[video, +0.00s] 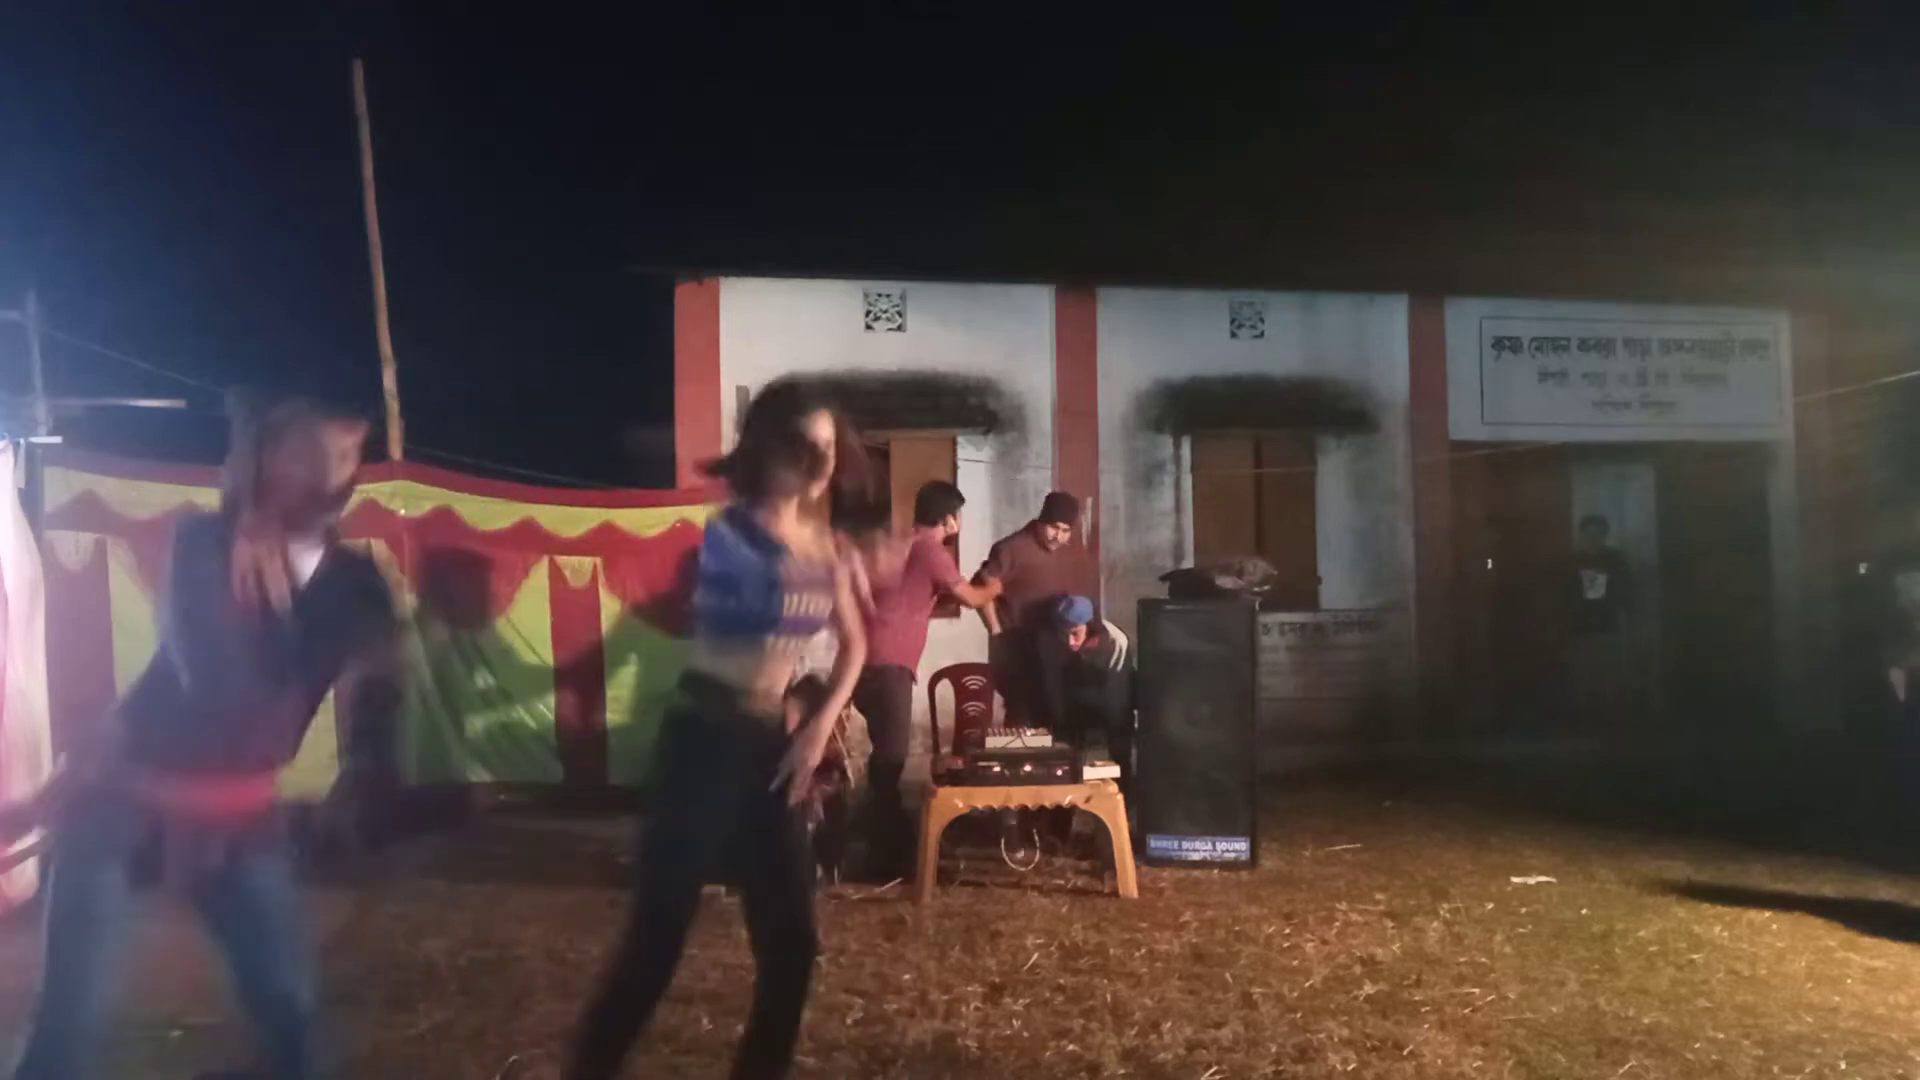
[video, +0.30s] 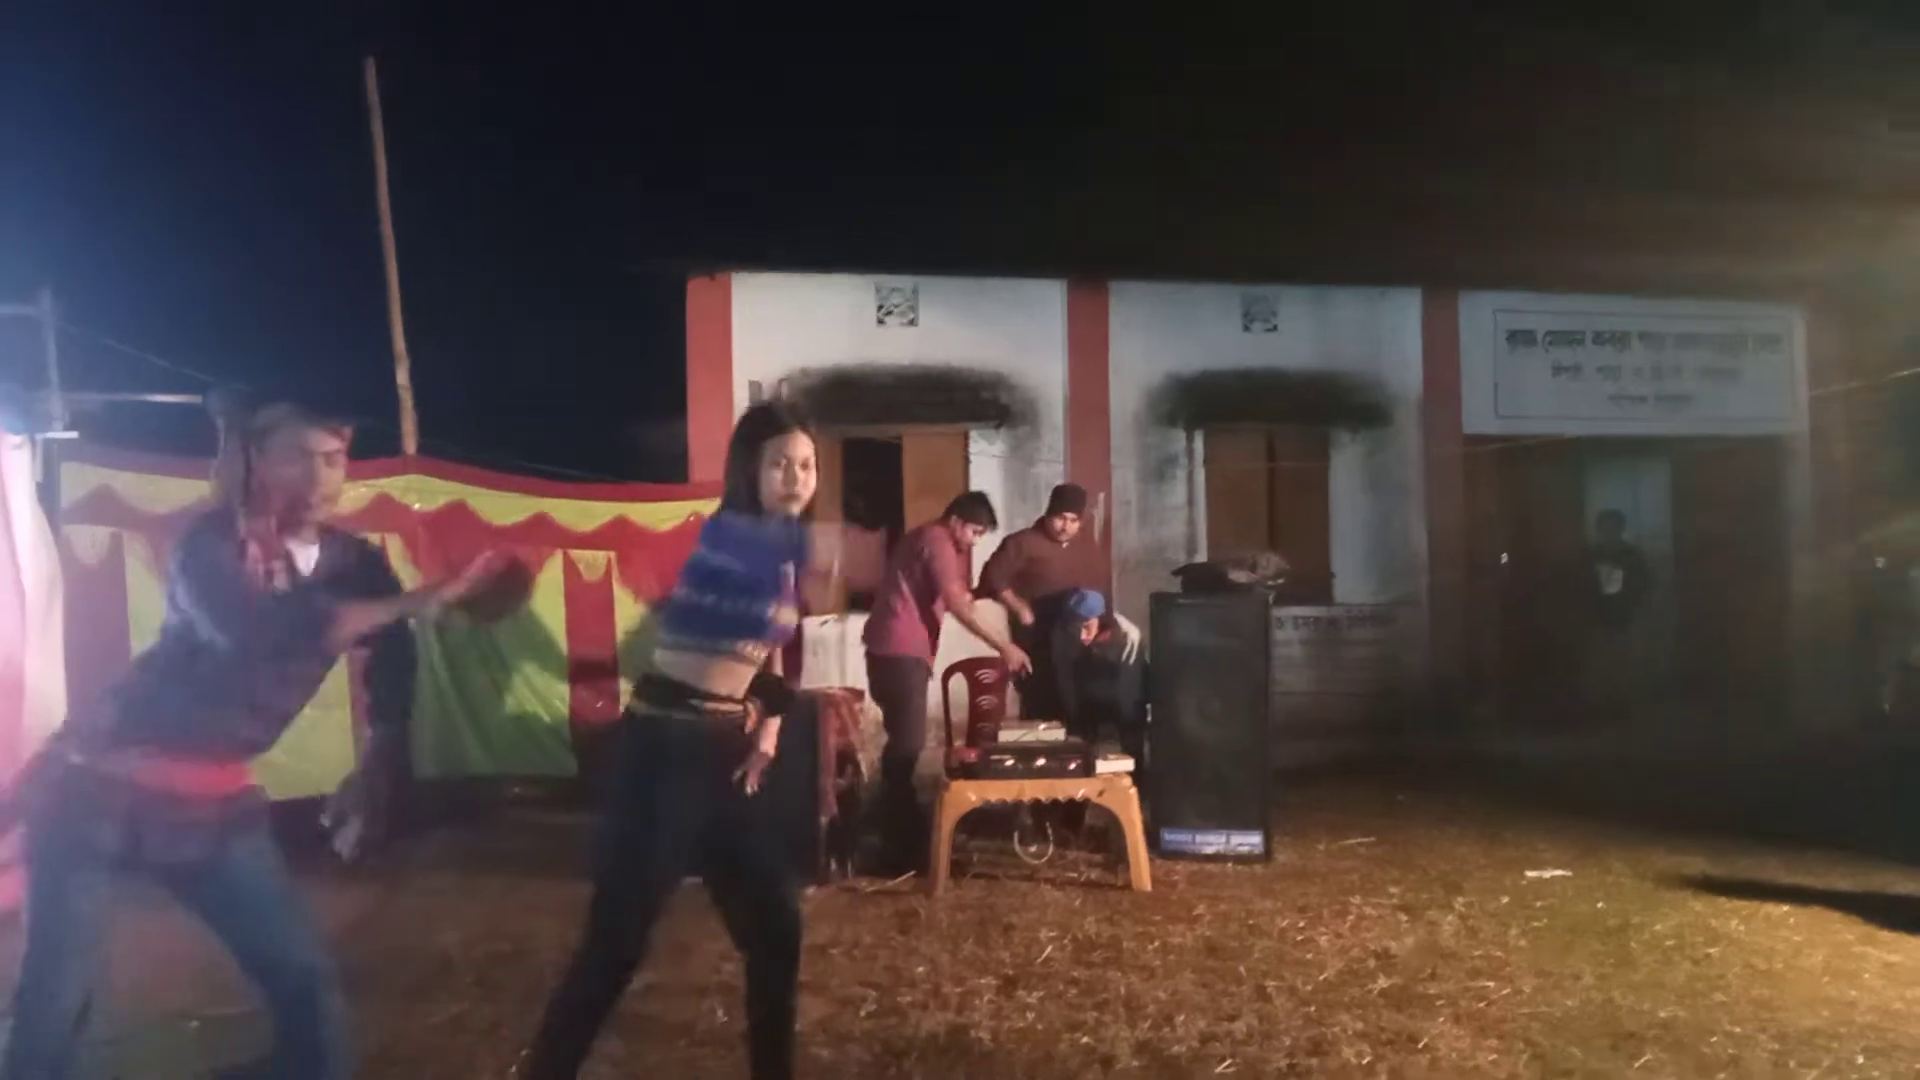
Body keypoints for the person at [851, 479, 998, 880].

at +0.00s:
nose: (958, 527)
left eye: (959, 520)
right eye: (957, 519)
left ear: (920, 515)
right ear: (947, 519)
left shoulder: (896, 546)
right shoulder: (929, 549)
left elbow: (910, 606)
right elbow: (970, 596)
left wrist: (956, 601)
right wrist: (992, 589)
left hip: (868, 666)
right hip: (892, 668)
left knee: (886, 758)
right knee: (890, 760)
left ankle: (884, 852)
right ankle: (885, 854)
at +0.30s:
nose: (977, 541)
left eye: (981, 534)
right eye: (976, 532)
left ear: (958, 521)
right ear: (958, 521)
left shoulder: (932, 536)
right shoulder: (938, 541)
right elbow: (957, 603)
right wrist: (1004, 647)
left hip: (895, 650)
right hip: (902, 652)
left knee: (904, 744)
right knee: (907, 745)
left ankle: (898, 838)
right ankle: (898, 842)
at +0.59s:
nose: (1010, 515)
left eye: (1014, 507)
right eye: (1009, 506)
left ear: (992, 500)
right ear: (990, 498)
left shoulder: (977, 523)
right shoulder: (967, 523)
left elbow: (993, 581)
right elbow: (990, 583)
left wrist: (1025, 621)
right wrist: (1024, 625)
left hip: (940, 630)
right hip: (927, 631)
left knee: (936, 723)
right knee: (935, 724)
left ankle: (925, 813)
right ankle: (922, 815)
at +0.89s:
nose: (1050, 496)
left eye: (1050, 488)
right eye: (1047, 488)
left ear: (1020, 485)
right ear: (1035, 489)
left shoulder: (1003, 517)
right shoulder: (1008, 521)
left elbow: (989, 584)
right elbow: (1004, 579)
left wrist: (1010, 636)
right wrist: (1038, 632)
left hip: (980, 631)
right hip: (981, 632)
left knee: (987, 727)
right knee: (986, 728)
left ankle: (973, 816)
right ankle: (973, 819)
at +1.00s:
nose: (1082, 491)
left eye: (1082, 483)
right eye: (1079, 484)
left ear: (1050, 479)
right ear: (1068, 484)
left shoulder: (1030, 513)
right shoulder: (1041, 520)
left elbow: (1012, 580)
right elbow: (1031, 580)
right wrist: (1051, 634)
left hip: (1017, 635)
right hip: (1025, 637)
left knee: (1026, 720)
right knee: (1030, 722)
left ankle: (1010, 800)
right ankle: (1014, 807)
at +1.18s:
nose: (1149, 486)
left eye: (1148, 479)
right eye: (1146, 479)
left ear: (1114, 474)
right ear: (1135, 480)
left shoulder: (1089, 509)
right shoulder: (1112, 516)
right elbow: (1105, 578)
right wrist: (1113, 640)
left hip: (1076, 636)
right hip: (1095, 639)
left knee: (1090, 726)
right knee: (1103, 728)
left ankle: (1085, 812)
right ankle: (1097, 817)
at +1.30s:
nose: (1184, 485)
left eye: (1183, 478)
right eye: (1182, 479)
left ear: (1147, 473)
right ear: (1172, 481)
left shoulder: (1116, 508)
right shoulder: (1153, 517)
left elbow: (1095, 569)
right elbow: (1149, 581)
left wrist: (1102, 623)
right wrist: (1156, 647)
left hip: (1108, 632)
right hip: (1134, 637)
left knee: (1123, 724)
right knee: (1136, 727)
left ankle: (1112, 812)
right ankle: (1128, 818)